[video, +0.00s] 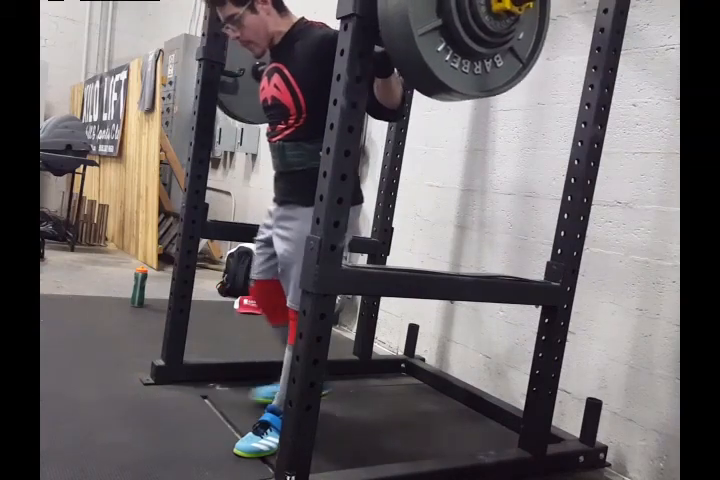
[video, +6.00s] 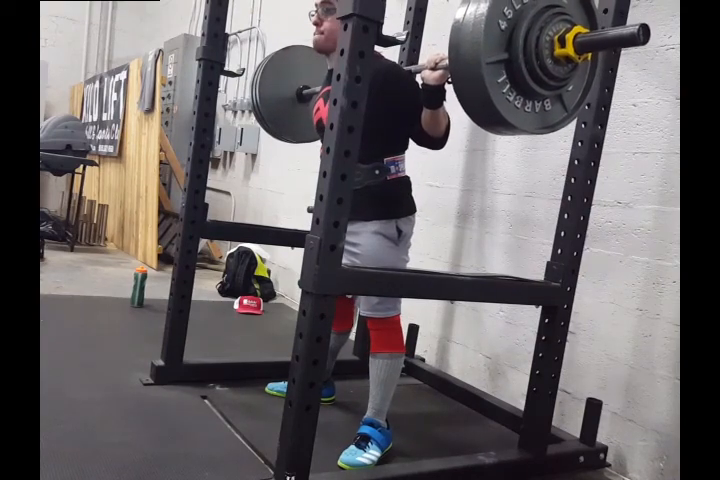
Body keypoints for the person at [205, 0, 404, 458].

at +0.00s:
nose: (234, 36)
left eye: (235, 22)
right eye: (227, 28)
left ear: (264, 5)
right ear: (262, 11)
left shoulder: (321, 43)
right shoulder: (273, 61)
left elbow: (390, 107)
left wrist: (381, 59)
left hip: (318, 210)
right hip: (284, 205)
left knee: (305, 319)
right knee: (264, 289)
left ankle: (284, 417)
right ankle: (302, 375)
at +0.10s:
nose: (237, 37)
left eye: (240, 24)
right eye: (232, 29)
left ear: (270, 8)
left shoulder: (324, 45)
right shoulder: (274, 66)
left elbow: (391, 108)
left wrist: (390, 54)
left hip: (330, 207)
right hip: (293, 204)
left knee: (312, 308)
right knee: (289, 293)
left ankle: (282, 415)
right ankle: (327, 380)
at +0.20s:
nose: (246, 45)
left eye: (248, 31)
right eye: (239, 37)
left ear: (277, 13)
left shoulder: (333, 51)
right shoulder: (282, 68)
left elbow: (398, 113)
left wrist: (391, 66)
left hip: (339, 211)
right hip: (302, 210)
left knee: (314, 311)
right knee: (310, 307)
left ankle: (282, 416)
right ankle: (331, 389)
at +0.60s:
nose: (271, 56)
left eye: (273, 44)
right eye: (265, 48)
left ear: (299, 25)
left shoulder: (359, 61)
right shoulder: (305, 81)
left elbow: (420, 116)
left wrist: (409, 72)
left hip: (370, 202)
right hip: (331, 201)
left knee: (350, 304)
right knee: (320, 300)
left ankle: (353, 415)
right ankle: (323, 391)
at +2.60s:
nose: (293, 52)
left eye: (299, 40)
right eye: (289, 43)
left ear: (331, 31)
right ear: (322, 36)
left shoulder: (390, 79)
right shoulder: (332, 85)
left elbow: (444, 131)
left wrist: (436, 86)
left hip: (387, 218)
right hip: (340, 214)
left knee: (387, 313)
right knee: (337, 303)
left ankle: (377, 424)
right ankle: (318, 380)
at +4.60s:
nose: (312, 30)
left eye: (319, 20)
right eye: (309, 22)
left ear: (349, 20)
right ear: (321, 26)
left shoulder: (389, 76)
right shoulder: (331, 78)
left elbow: (434, 135)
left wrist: (432, 87)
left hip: (378, 214)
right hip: (333, 211)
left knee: (378, 312)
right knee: (329, 301)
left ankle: (376, 423)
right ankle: (318, 379)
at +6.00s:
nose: (314, 24)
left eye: (323, 16)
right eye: (314, 16)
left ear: (352, 23)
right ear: (331, 26)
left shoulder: (388, 77)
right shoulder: (333, 77)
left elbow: (434, 138)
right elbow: (329, 134)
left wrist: (433, 88)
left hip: (381, 214)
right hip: (335, 210)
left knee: (379, 311)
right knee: (330, 300)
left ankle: (376, 424)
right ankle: (318, 379)